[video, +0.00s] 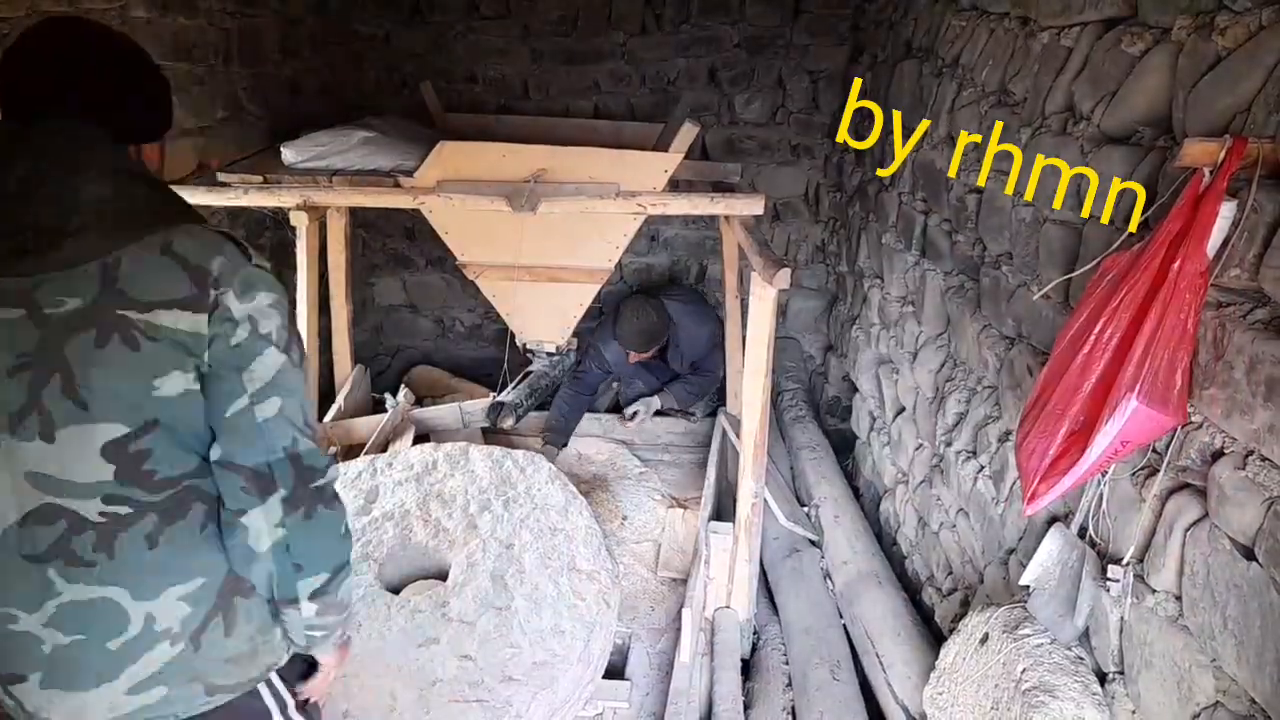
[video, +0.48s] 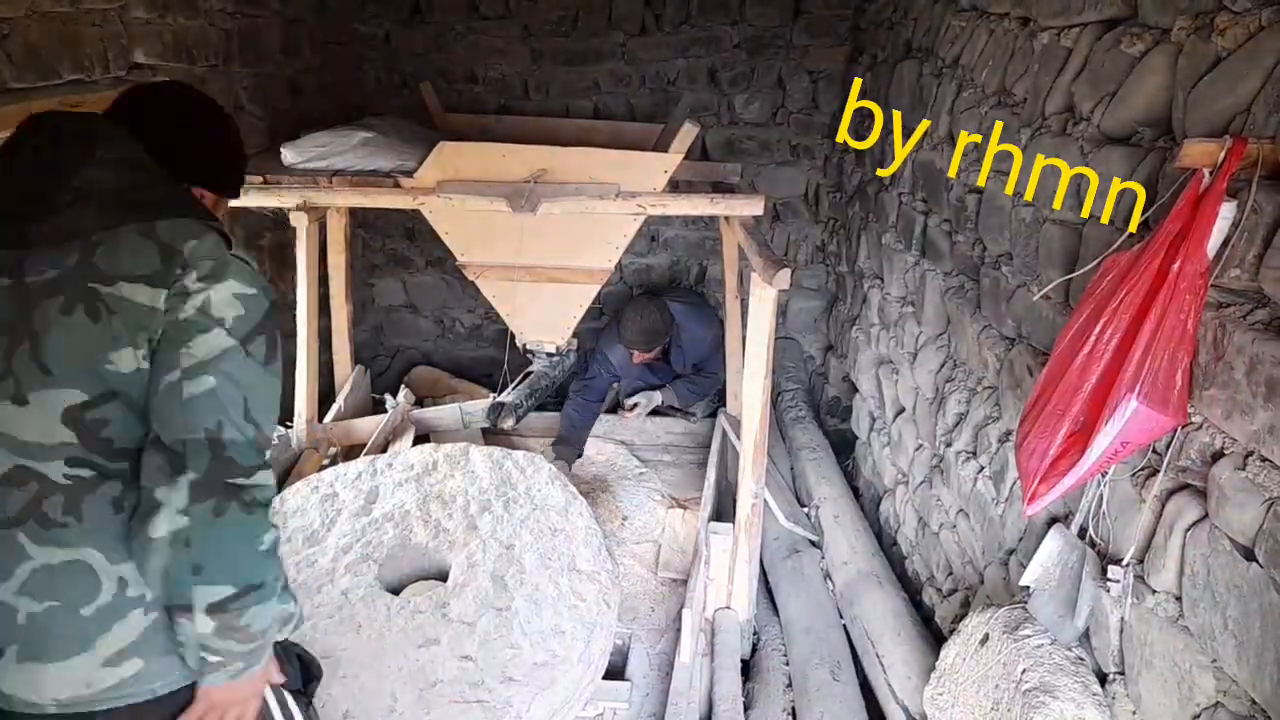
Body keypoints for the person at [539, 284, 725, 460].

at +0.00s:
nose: (631, 359)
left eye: (640, 354)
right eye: (627, 351)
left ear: (659, 344)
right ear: (619, 337)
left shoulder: (701, 336)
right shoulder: (604, 348)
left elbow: (707, 376)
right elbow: (576, 390)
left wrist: (658, 401)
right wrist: (551, 445)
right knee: (635, 395)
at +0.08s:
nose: (631, 357)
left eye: (640, 352)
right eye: (626, 350)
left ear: (658, 343)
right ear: (620, 336)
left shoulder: (701, 337)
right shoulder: (605, 348)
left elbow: (706, 377)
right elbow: (576, 391)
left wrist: (657, 401)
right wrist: (557, 440)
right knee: (633, 398)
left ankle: (700, 404)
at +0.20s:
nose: (637, 355)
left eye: (645, 349)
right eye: (631, 347)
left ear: (665, 340)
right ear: (624, 335)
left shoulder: (704, 336)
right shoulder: (608, 348)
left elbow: (714, 376)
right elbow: (578, 394)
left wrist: (660, 398)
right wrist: (555, 446)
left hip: (690, 369)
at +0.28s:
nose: (632, 360)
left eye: (641, 354)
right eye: (627, 352)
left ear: (660, 345)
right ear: (621, 339)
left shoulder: (701, 339)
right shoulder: (607, 353)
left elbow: (710, 378)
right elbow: (578, 402)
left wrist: (659, 399)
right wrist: (553, 452)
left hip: (690, 368)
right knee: (632, 390)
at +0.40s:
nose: (633, 358)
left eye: (642, 352)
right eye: (628, 350)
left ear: (661, 342)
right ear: (621, 338)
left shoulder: (702, 338)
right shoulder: (606, 352)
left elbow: (710, 379)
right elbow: (577, 399)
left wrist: (659, 399)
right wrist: (550, 453)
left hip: (690, 369)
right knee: (630, 397)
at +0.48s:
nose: (636, 358)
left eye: (645, 352)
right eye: (631, 351)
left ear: (664, 342)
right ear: (623, 339)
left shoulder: (703, 337)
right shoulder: (608, 352)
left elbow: (712, 378)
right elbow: (583, 401)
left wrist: (660, 397)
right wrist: (563, 457)